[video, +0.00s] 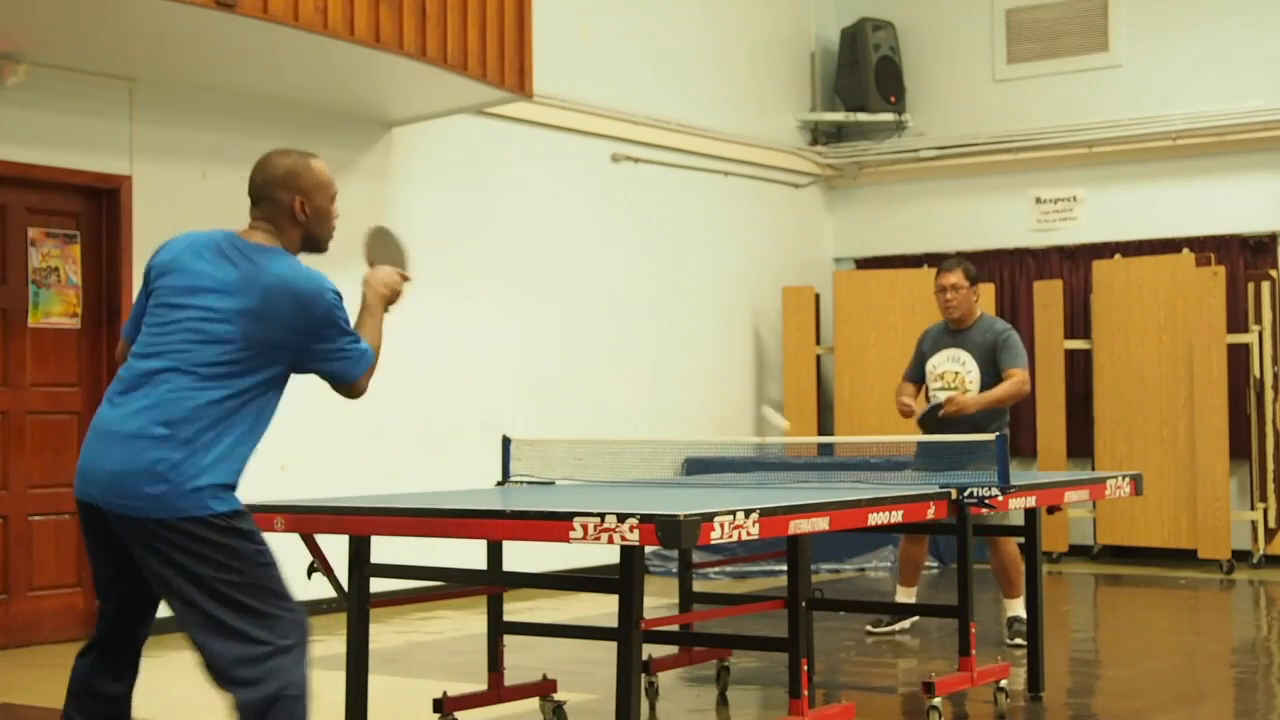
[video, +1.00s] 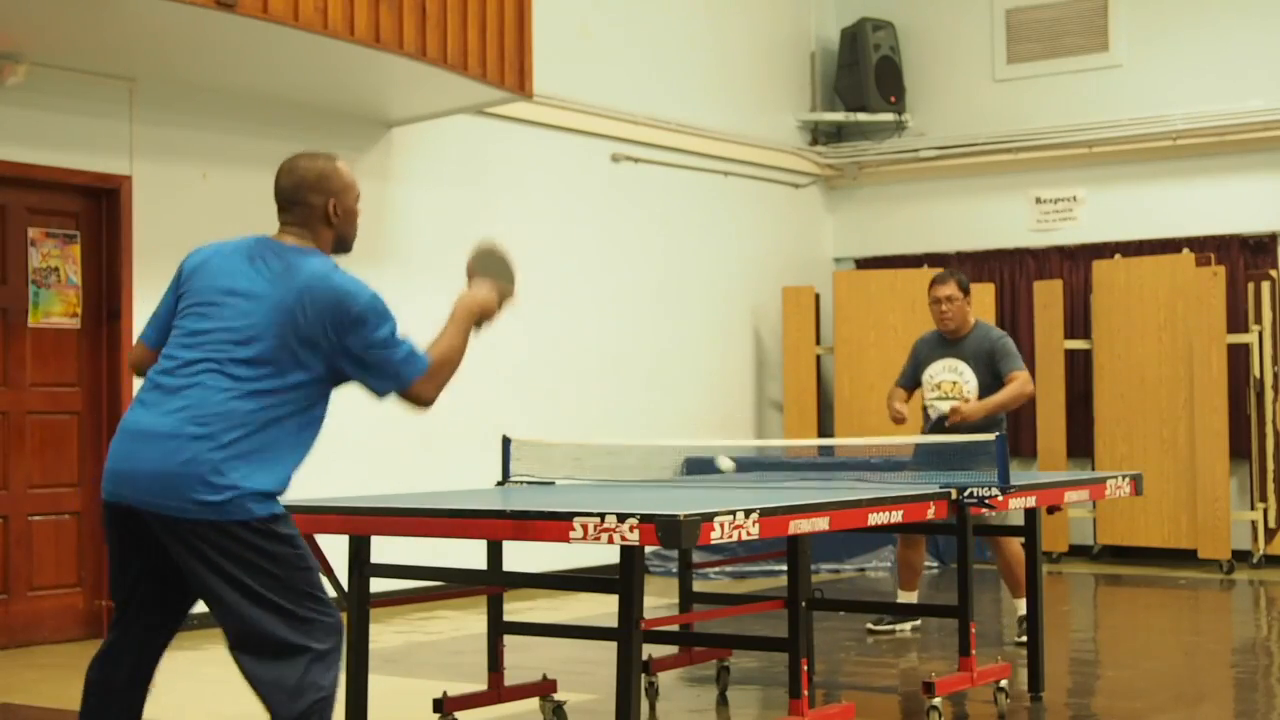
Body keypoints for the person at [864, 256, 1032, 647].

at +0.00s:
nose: (947, 297)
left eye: (955, 290)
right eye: (941, 291)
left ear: (974, 291)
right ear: (935, 295)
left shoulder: (1000, 334)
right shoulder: (930, 338)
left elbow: (1020, 384)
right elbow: (908, 387)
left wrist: (975, 401)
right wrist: (907, 402)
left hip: (982, 449)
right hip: (933, 449)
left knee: (996, 528)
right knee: (914, 524)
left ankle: (1016, 615)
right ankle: (904, 609)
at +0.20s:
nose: (939, 312)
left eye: (946, 304)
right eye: (933, 306)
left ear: (968, 303)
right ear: (928, 309)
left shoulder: (993, 336)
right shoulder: (932, 346)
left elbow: (1016, 374)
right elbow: (908, 391)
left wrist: (961, 390)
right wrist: (900, 390)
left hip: (982, 453)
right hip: (934, 452)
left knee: (991, 529)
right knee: (910, 523)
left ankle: (1016, 616)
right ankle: (904, 611)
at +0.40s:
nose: (946, 292)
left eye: (954, 284)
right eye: (941, 286)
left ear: (976, 288)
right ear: (937, 292)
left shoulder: (996, 321)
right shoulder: (942, 331)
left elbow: (998, 341)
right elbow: (921, 374)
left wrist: (978, 338)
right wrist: (908, 370)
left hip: (983, 444)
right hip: (937, 443)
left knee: (993, 527)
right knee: (913, 517)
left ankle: (1017, 613)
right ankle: (899, 601)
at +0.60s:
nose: (946, 298)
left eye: (954, 290)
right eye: (939, 291)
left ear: (973, 294)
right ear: (933, 297)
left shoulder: (992, 334)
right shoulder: (930, 342)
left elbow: (1001, 376)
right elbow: (911, 388)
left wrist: (973, 375)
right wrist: (908, 391)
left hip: (979, 448)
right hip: (932, 448)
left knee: (989, 528)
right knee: (914, 523)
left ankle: (1016, 615)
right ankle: (906, 610)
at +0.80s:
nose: (939, 292)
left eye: (946, 284)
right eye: (932, 285)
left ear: (964, 289)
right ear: (925, 291)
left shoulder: (986, 333)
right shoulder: (915, 335)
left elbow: (1007, 380)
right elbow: (891, 381)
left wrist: (975, 393)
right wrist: (899, 392)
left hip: (975, 447)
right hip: (924, 447)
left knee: (995, 525)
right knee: (910, 524)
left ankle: (1019, 613)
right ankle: (904, 609)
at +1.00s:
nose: (943, 309)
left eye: (950, 301)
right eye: (936, 302)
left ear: (968, 302)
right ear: (929, 306)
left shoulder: (994, 341)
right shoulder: (925, 346)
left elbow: (1024, 386)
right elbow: (900, 390)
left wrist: (978, 408)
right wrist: (897, 405)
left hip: (981, 453)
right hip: (932, 453)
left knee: (998, 529)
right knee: (910, 524)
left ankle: (1026, 613)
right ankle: (906, 610)